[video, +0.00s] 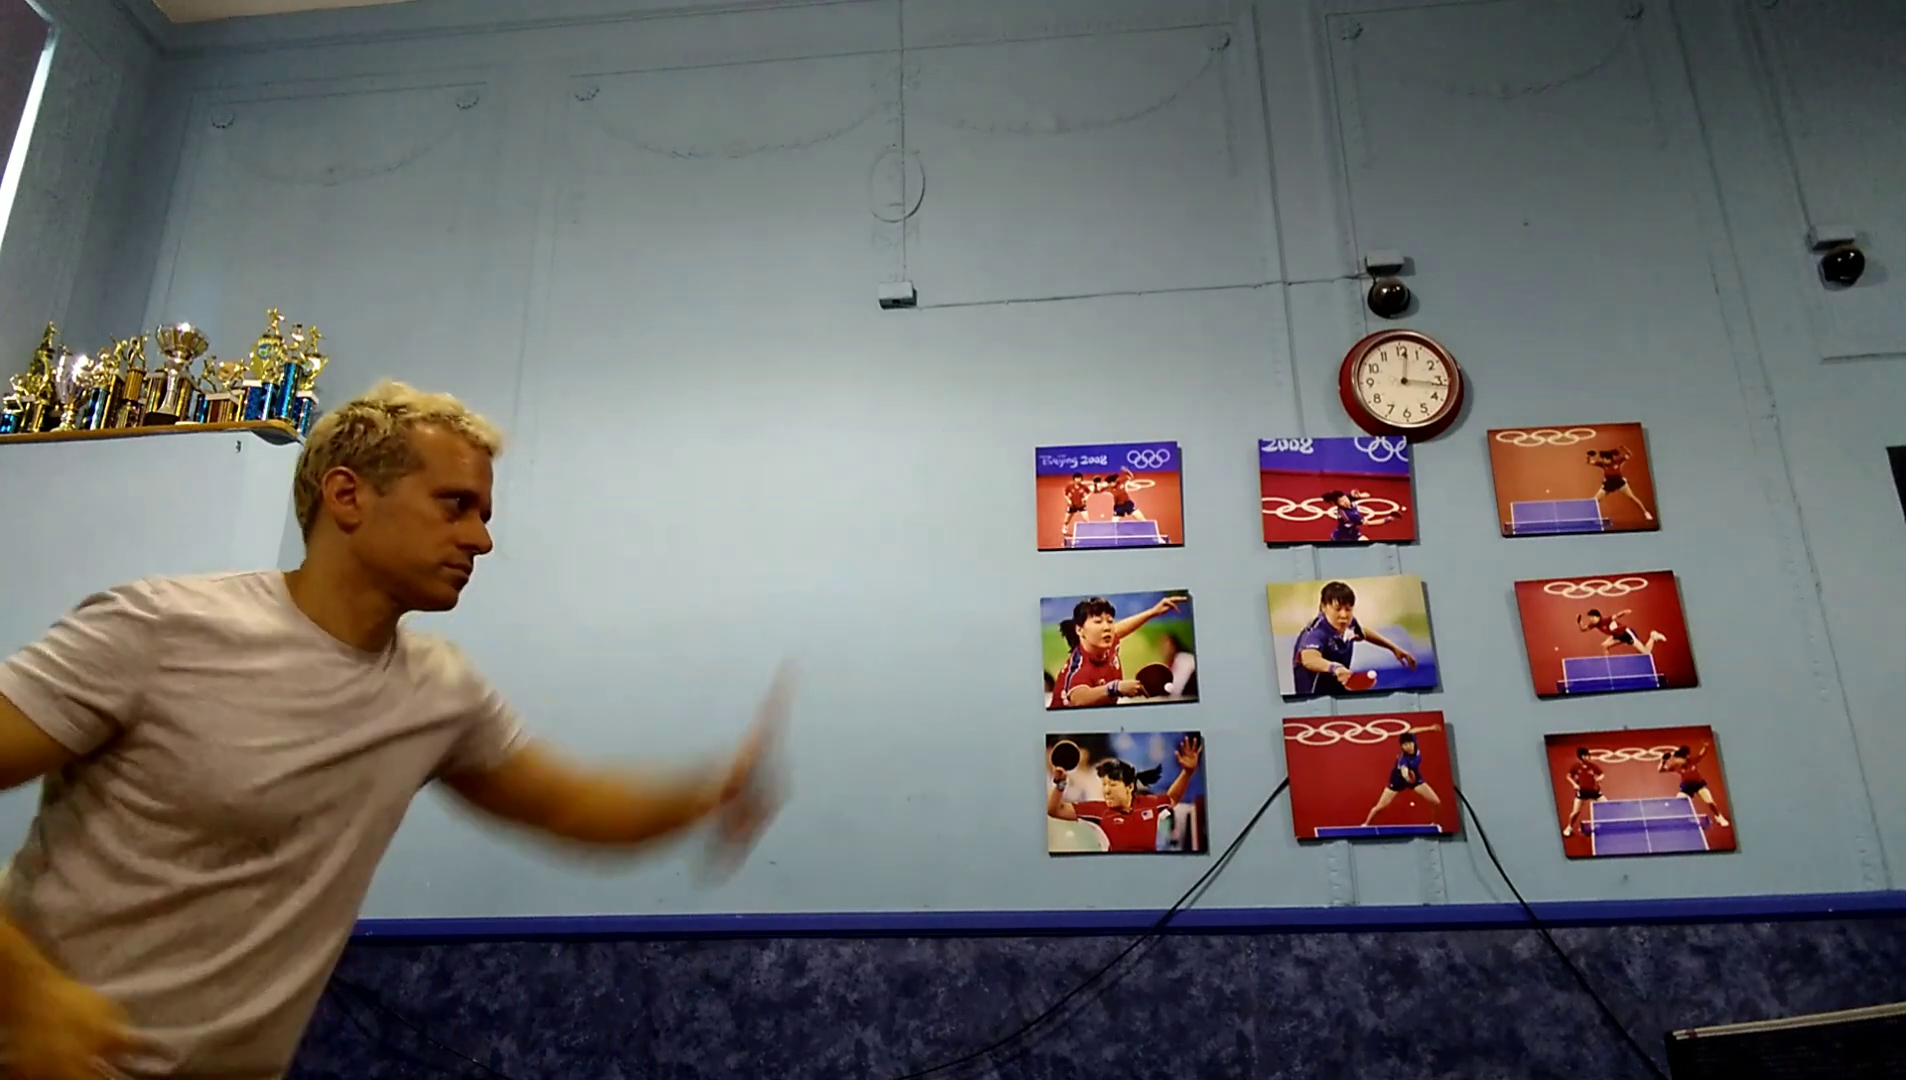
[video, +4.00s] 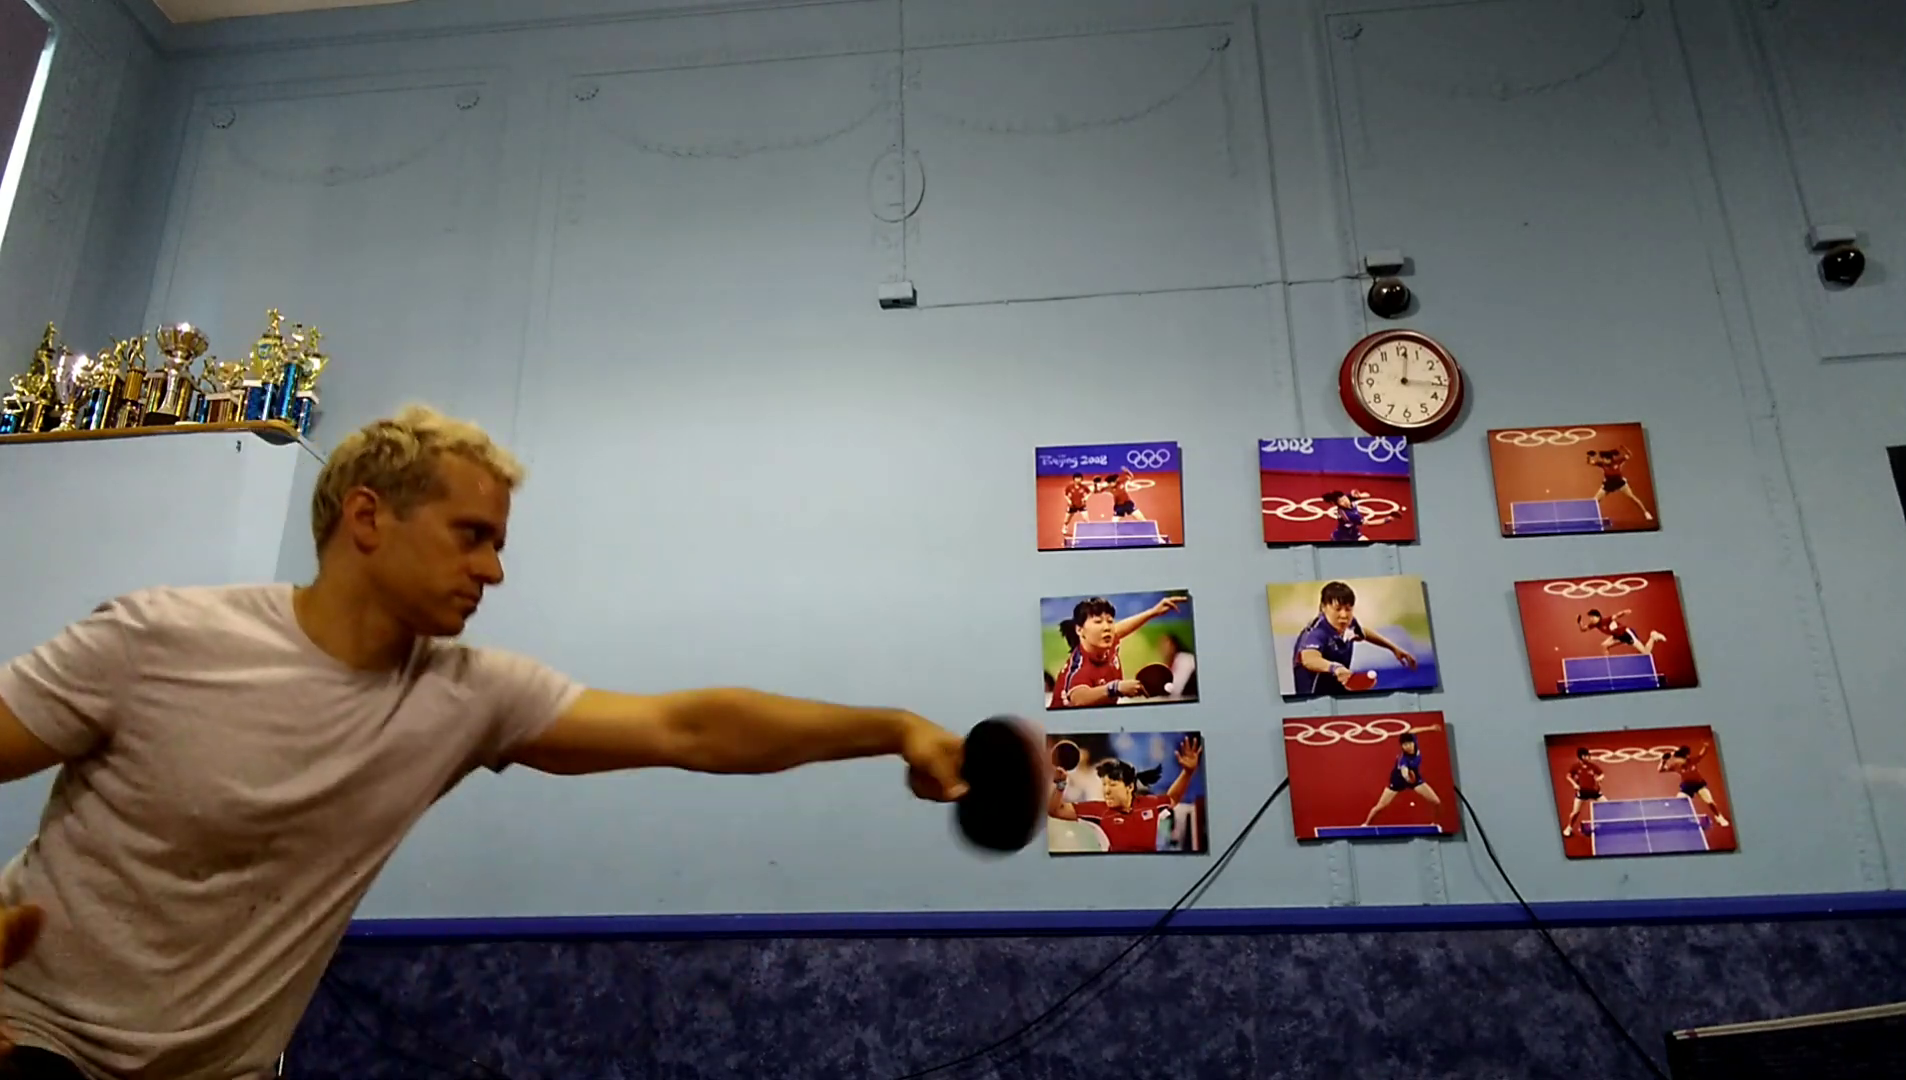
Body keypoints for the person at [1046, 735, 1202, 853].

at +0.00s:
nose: (1107, 790)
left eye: (1113, 785)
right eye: (1104, 785)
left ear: (1130, 787)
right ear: (1101, 786)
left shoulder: (1151, 805)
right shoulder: (1100, 810)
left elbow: (1172, 798)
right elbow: (1055, 811)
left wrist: (1188, 771)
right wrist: (1059, 785)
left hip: (1150, 873)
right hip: (1115, 874)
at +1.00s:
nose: (1107, 790)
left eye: (1113, 785)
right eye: (1104, 785)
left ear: (1130, 787)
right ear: (1101, 786)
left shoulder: (1151, 804)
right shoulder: (1100, 810)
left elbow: (1172, 798)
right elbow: (1055, 811)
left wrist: (1188, 771)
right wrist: (1059, 785)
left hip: (1150, 872)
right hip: (1114, 873)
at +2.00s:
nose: (1107, 790)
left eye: (1113, 785)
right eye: (1104, 785)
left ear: (1130, 787)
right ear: (1101, 786)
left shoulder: (1151, 805)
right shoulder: (1100, 810)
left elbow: (1172, 798)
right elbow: (1055, 811)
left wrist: (1188, 771)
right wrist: (1059, 785)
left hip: (1150, 873)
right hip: (1114, 874)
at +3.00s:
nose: (1107, 790)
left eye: (1113, 785)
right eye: (1104, 785)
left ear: (1130, 787)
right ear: (1101, 787)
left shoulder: (1151, 805)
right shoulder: (1100, 811)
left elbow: (1172, 798)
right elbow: (1055, 811)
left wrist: (1188, 771)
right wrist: (1059, 785)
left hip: (1151, 872)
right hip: (1115, 874)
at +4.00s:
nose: (1106, 790)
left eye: (1113, 785)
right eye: (1104, 785)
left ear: (1130, 787)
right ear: (1101, 787)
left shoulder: (1151, 805)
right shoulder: (1100, 810)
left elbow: (1172, 798)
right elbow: (1055, 811)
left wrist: (1188, 771)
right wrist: (1059, 785)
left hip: (1151, 872)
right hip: (1116, 874)